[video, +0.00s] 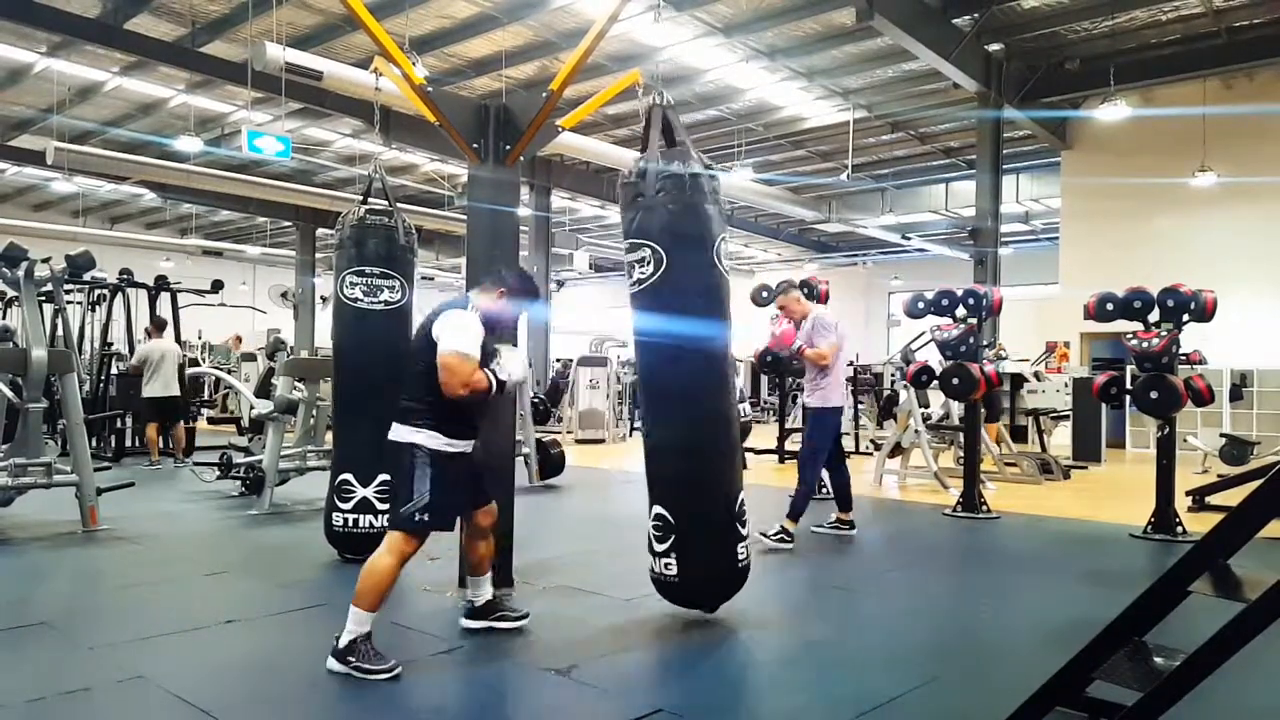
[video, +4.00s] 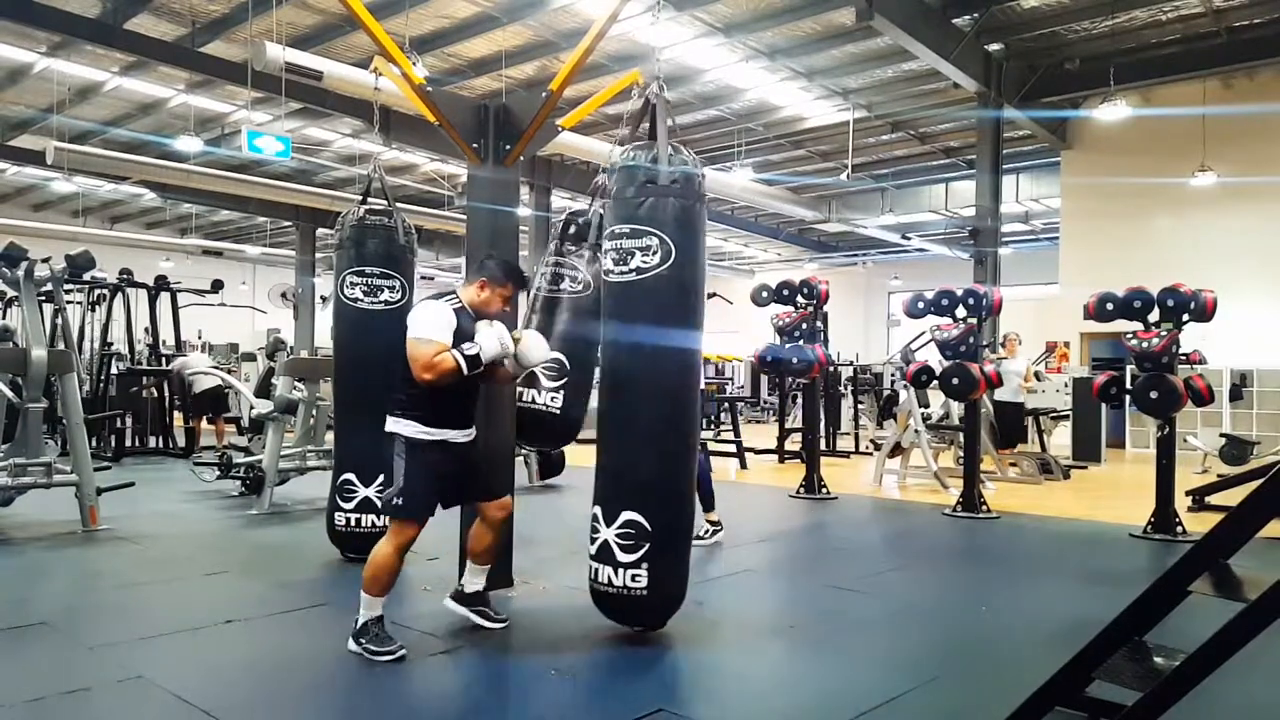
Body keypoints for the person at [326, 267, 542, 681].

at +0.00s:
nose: (509, 323)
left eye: (514, 317)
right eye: (512, 313)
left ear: (496, 293)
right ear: (499, 295)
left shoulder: (469, 319)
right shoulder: (460, 317)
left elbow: (463, 377)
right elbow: (456, 383)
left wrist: (497, 372)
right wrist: (497, 374)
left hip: (454, 445)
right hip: (421, 443)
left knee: (483, 516)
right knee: (403, 540)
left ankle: (480, 605)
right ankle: (351, 642)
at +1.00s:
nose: (550, 334)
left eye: (553, 328)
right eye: (549, 325)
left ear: (531, 313)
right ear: (530, 312)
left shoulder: (514, 342)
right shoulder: (494, 334)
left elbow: (510, 389)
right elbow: (452, 370)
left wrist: (544, 390)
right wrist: (487, 414)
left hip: (486, 447)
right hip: (453, 443)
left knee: (512, 511)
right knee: (445, 533)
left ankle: (505, 597)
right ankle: (369, 623)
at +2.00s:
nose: (561, 317)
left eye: (566, 312)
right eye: (561, 309)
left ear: (560, 311)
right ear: (547, 301)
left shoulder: (544, 337)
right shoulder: (517, 326)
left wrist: (569, 393)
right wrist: (552, 386)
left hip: (527, 443)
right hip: (491, 440)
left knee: (552, 511)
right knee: (482, 526)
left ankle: (547, 588)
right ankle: (415, 614)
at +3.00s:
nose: (461, 309)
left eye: (464, 301)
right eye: (460, 299)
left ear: (439, 290)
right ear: (435, 287)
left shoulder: (424, 327)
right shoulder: (394, 319)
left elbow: (411, 379)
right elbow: (385, 375)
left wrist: (439, 403)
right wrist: (432, 400)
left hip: (416, 449)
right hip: (371, 451)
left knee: (454, 518)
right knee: (351, 544)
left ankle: (474, 598)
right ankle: (299, 632)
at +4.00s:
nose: (504, 312)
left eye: (508, 305)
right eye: (504, 302)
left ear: (490, 291)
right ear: (483, 286)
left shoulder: (480, 324)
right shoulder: (431, 311)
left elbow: (491, 375)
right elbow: (427, 370)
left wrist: (519, 362)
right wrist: (479, 350)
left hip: (463, 440)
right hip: (417, 440)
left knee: (498, 508)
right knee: (404, 531)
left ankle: (470, 591)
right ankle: (367, 625)